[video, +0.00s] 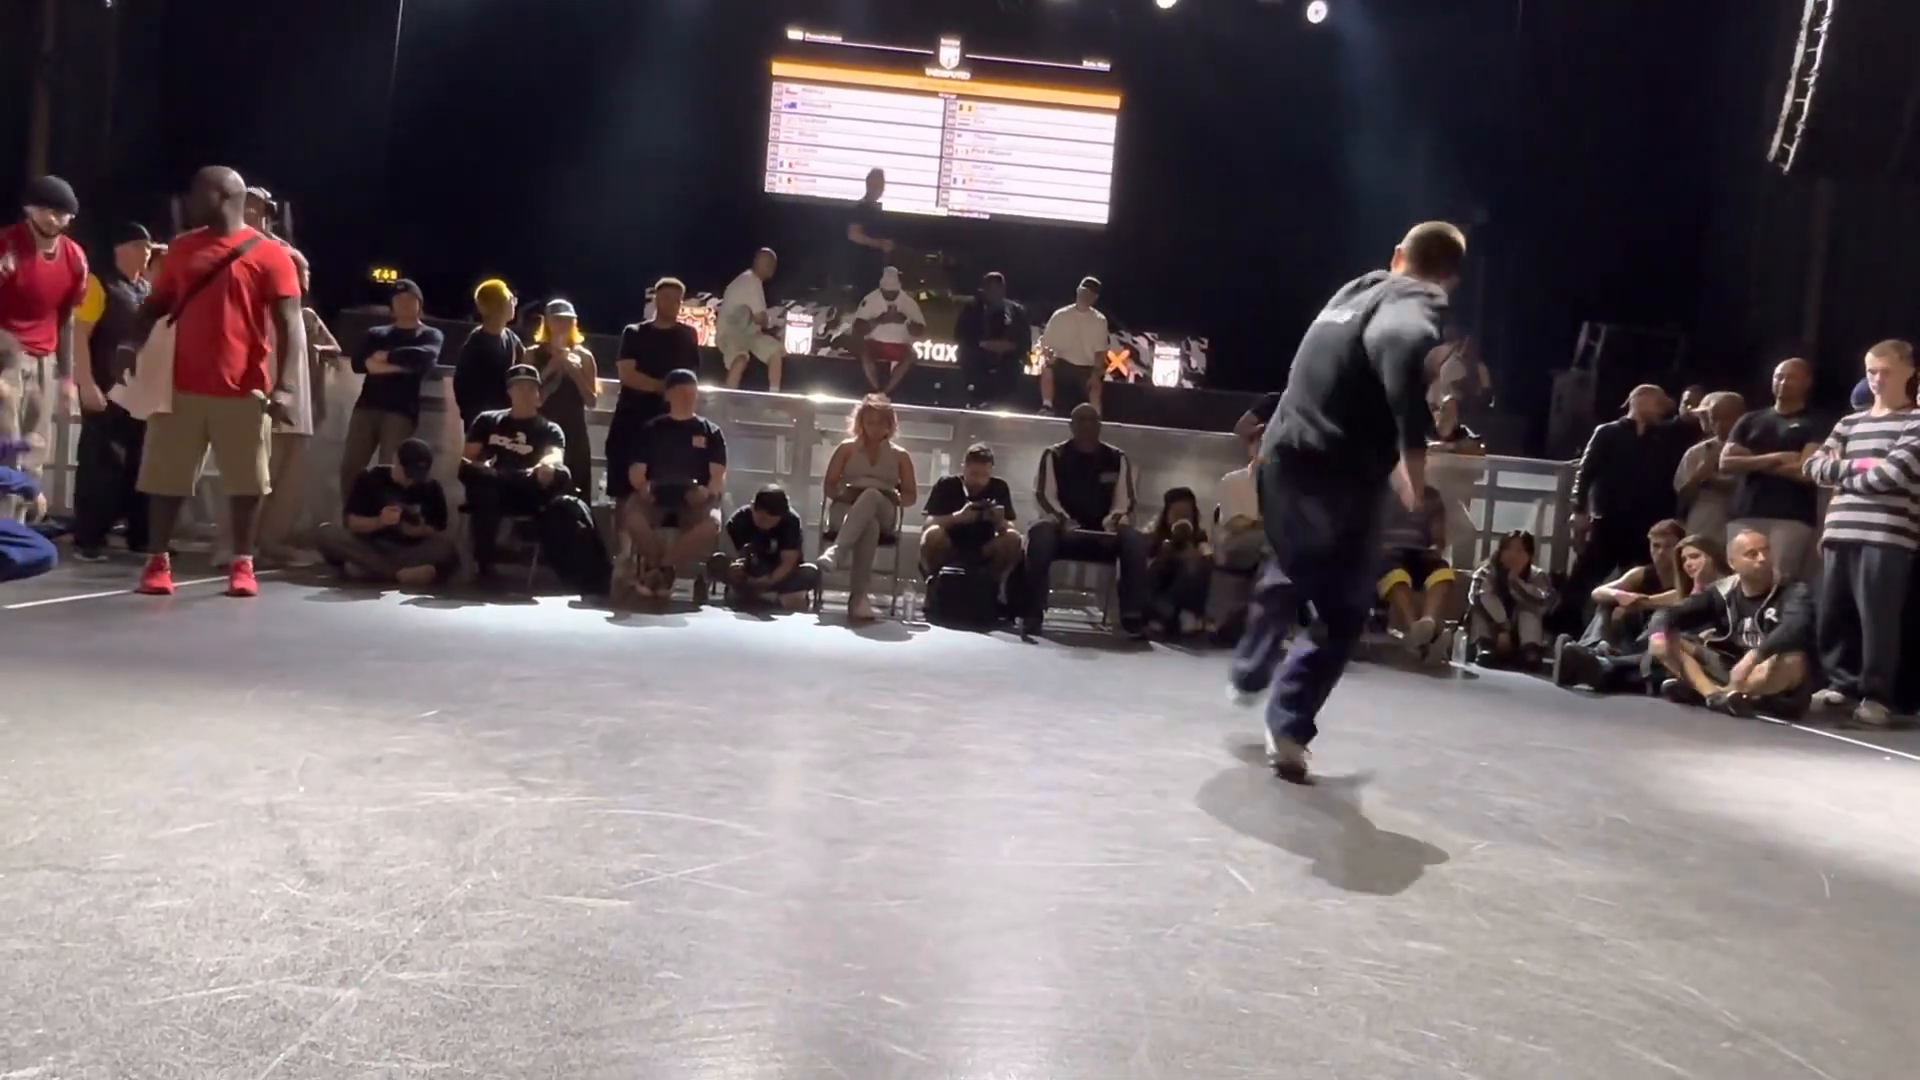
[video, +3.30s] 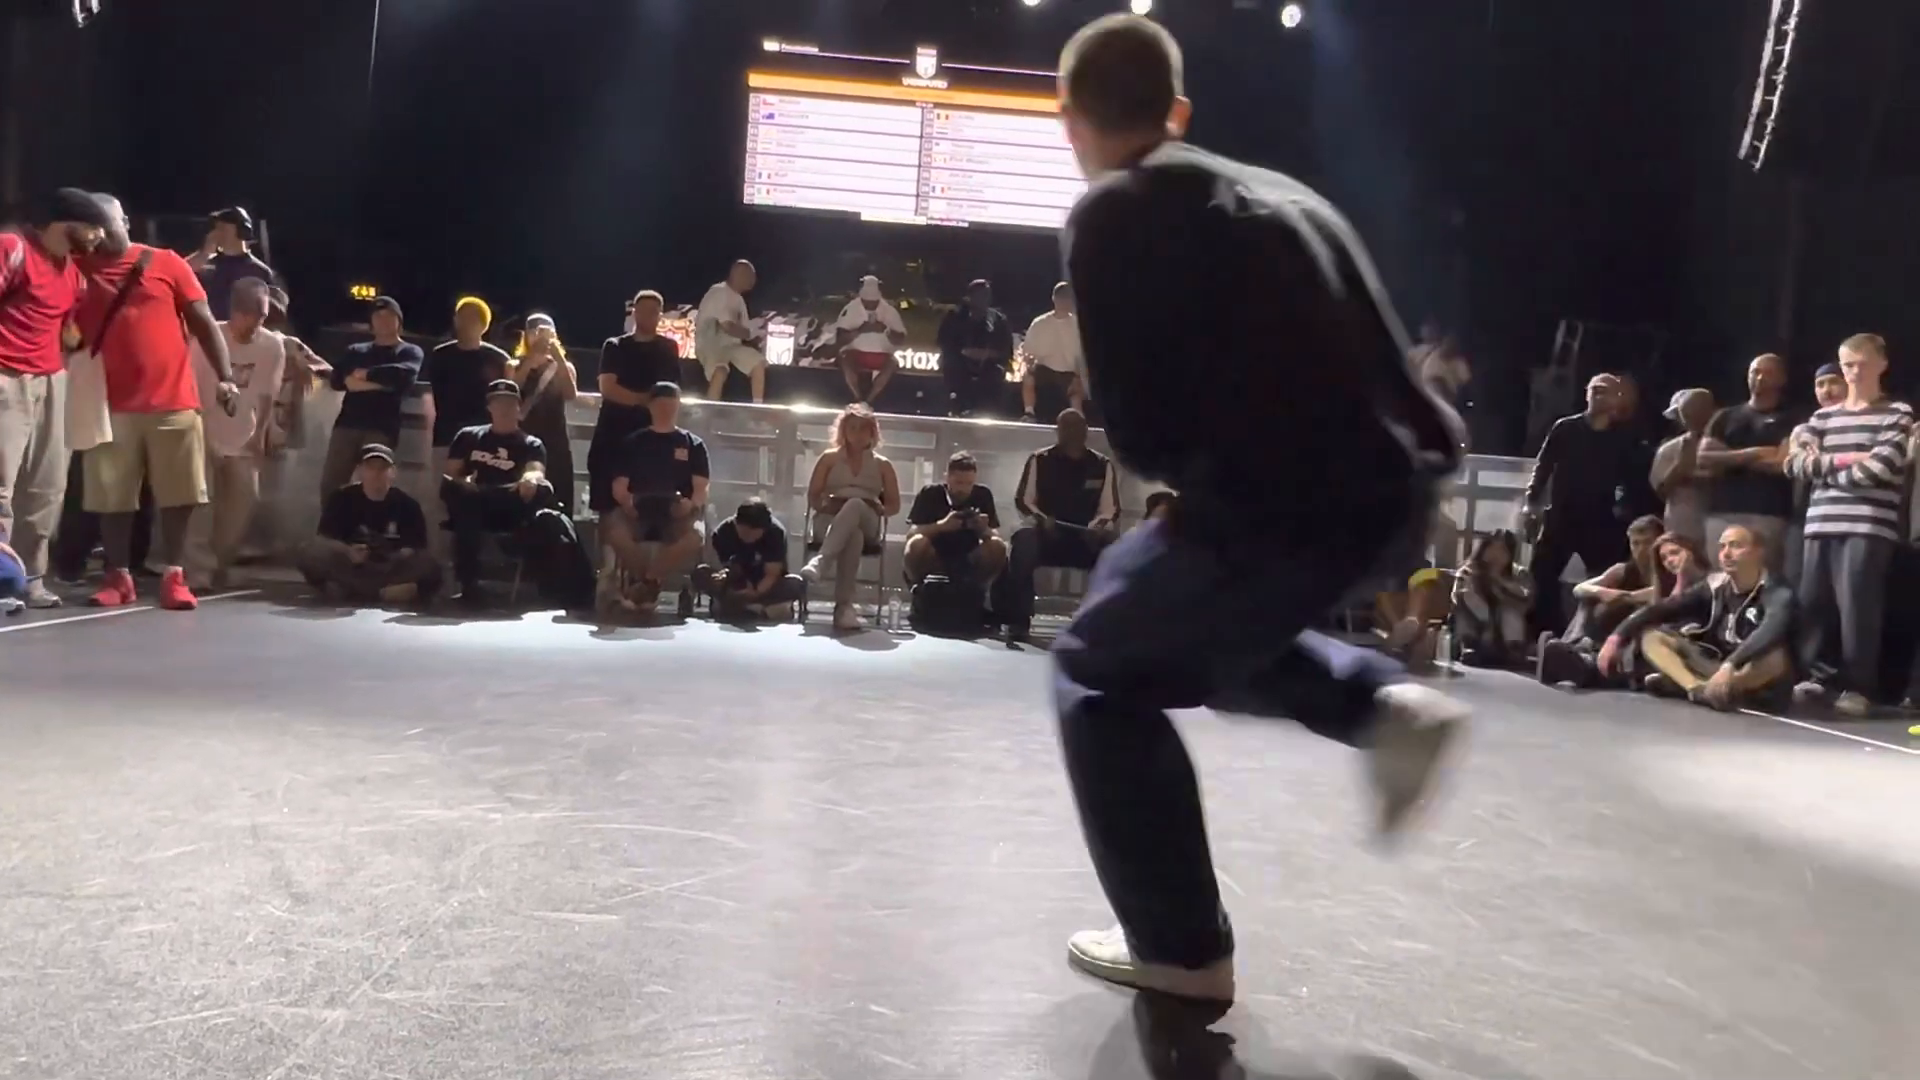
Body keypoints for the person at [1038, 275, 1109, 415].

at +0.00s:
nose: (1086, 294)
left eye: (1090, 291)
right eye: (1083, 289)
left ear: (1095, 297)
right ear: (1077, 291)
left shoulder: (1099, 320)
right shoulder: (1061, 315)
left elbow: (1100, 352)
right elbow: (1045, 341)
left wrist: (1096, 375)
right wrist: (1048, 355)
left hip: (1087, 365)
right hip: (1062, 361)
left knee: (1096, 381)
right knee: (1047, 370)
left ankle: (1095, 416)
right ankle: (1047, 406)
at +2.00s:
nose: (1087, 299)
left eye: (1090, 296)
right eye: (1083, 295)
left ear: (1093, 298)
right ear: (1075, 296)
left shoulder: (1099, 322)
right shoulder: (1059, 318)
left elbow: (1101, 354)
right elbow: (1046, 345)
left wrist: (1096, 375)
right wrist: (1048, 358)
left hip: (1088, 366)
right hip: (1063, 364)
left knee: (1096, 382)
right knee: (1047, 371)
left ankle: (1095, 416)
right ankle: (1046, 408)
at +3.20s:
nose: (1067, 301)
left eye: (1071, 297)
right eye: (1063, 297)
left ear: (1076, 301)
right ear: (1056, 299)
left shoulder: (1082, 326)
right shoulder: (1042, 323)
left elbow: (1084, 358)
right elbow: (1030, 351)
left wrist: (1078, 382)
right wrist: (1031, 365)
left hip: (1071, 371)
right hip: (1047, 369)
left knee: (1079, 384)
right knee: (1030, 377)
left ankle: (1079, 419)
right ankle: (1031, 413)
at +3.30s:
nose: (1064, 304)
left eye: (1067, 299)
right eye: (1061, 299)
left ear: (1073, 301)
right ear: (1054, 300)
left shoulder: (1077, 323)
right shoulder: (1039, 323)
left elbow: (1083, 353)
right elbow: (1028, 350)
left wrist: (1081, 375)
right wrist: (1029, 361)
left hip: (1071, 371)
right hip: (1045, 369)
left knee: (1075, 386)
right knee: (1028, 376)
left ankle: (1077, 419)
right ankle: (1029, 412)